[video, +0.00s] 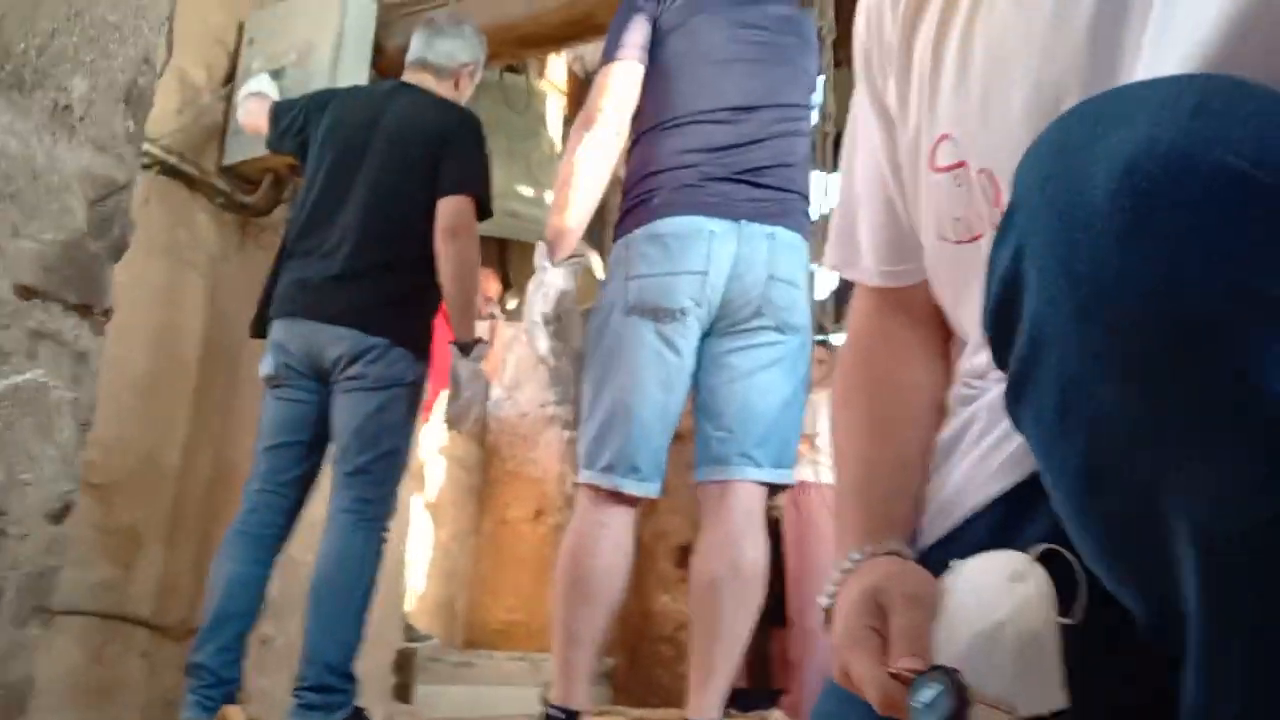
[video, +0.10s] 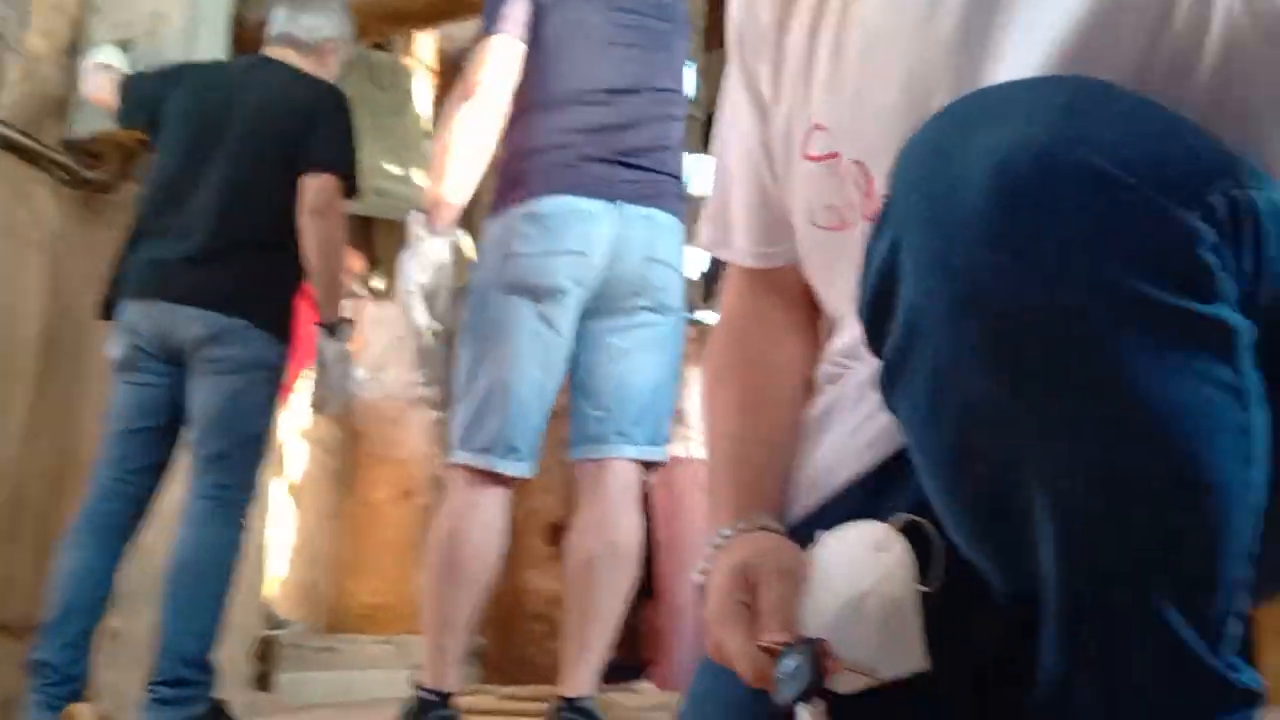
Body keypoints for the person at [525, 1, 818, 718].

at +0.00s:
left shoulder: (653, 6)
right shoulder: (802, 21)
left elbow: (607, 117)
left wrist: (557, 250)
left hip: (672, 233)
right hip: (781, 245)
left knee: (610, 491)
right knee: (740, 494)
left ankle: (567, 705)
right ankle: (706, 710)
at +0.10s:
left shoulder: (531, 3)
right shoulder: (672, 10)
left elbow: (490, 88)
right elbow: (662, 123)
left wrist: (438, 219)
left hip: (548, 213)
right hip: (654, 225)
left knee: (485, 471)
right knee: (615, 473)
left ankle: (436, 692)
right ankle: (577, 699)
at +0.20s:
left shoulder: (481, 1)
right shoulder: (621, 9)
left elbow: (442, 78)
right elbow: (613, 116)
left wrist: (386, 205)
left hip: (493, 210)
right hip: (601, 221)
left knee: (429, 469)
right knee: (559, 469)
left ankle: (384, 694)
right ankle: (527, 697)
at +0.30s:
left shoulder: (470, 4)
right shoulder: (602, 15)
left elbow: (437, 93)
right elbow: (601, 136)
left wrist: (380, 223)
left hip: (481, 218)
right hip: (588, 229)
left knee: (423, 470)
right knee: (552, 472)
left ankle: (383, 692)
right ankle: (524, 694)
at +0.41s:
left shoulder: (559, 4)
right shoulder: (696, 11)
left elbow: (524, 75)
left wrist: (472, 203)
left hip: (569, 204)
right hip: (673, 214)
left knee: (504, 458)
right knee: (630, 461)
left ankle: (459, 681)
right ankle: (595, 689)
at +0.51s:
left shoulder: (535, 10)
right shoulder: (667, 35)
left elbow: (491, 116)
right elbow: (665, 159)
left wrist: (442, 242)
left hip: (548, 238)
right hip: (654, 252)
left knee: (485, 495)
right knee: (613, 497)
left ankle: (444, 706)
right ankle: (582, 711)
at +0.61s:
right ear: (614, 5)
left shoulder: (516, 21)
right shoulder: (649, 56)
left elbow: (468, 135)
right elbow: (647, 177)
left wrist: (418, 264)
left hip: (528, 260)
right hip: (633, 273)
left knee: (470, 518)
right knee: (597, 518)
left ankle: (433, 711)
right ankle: (575, 715)